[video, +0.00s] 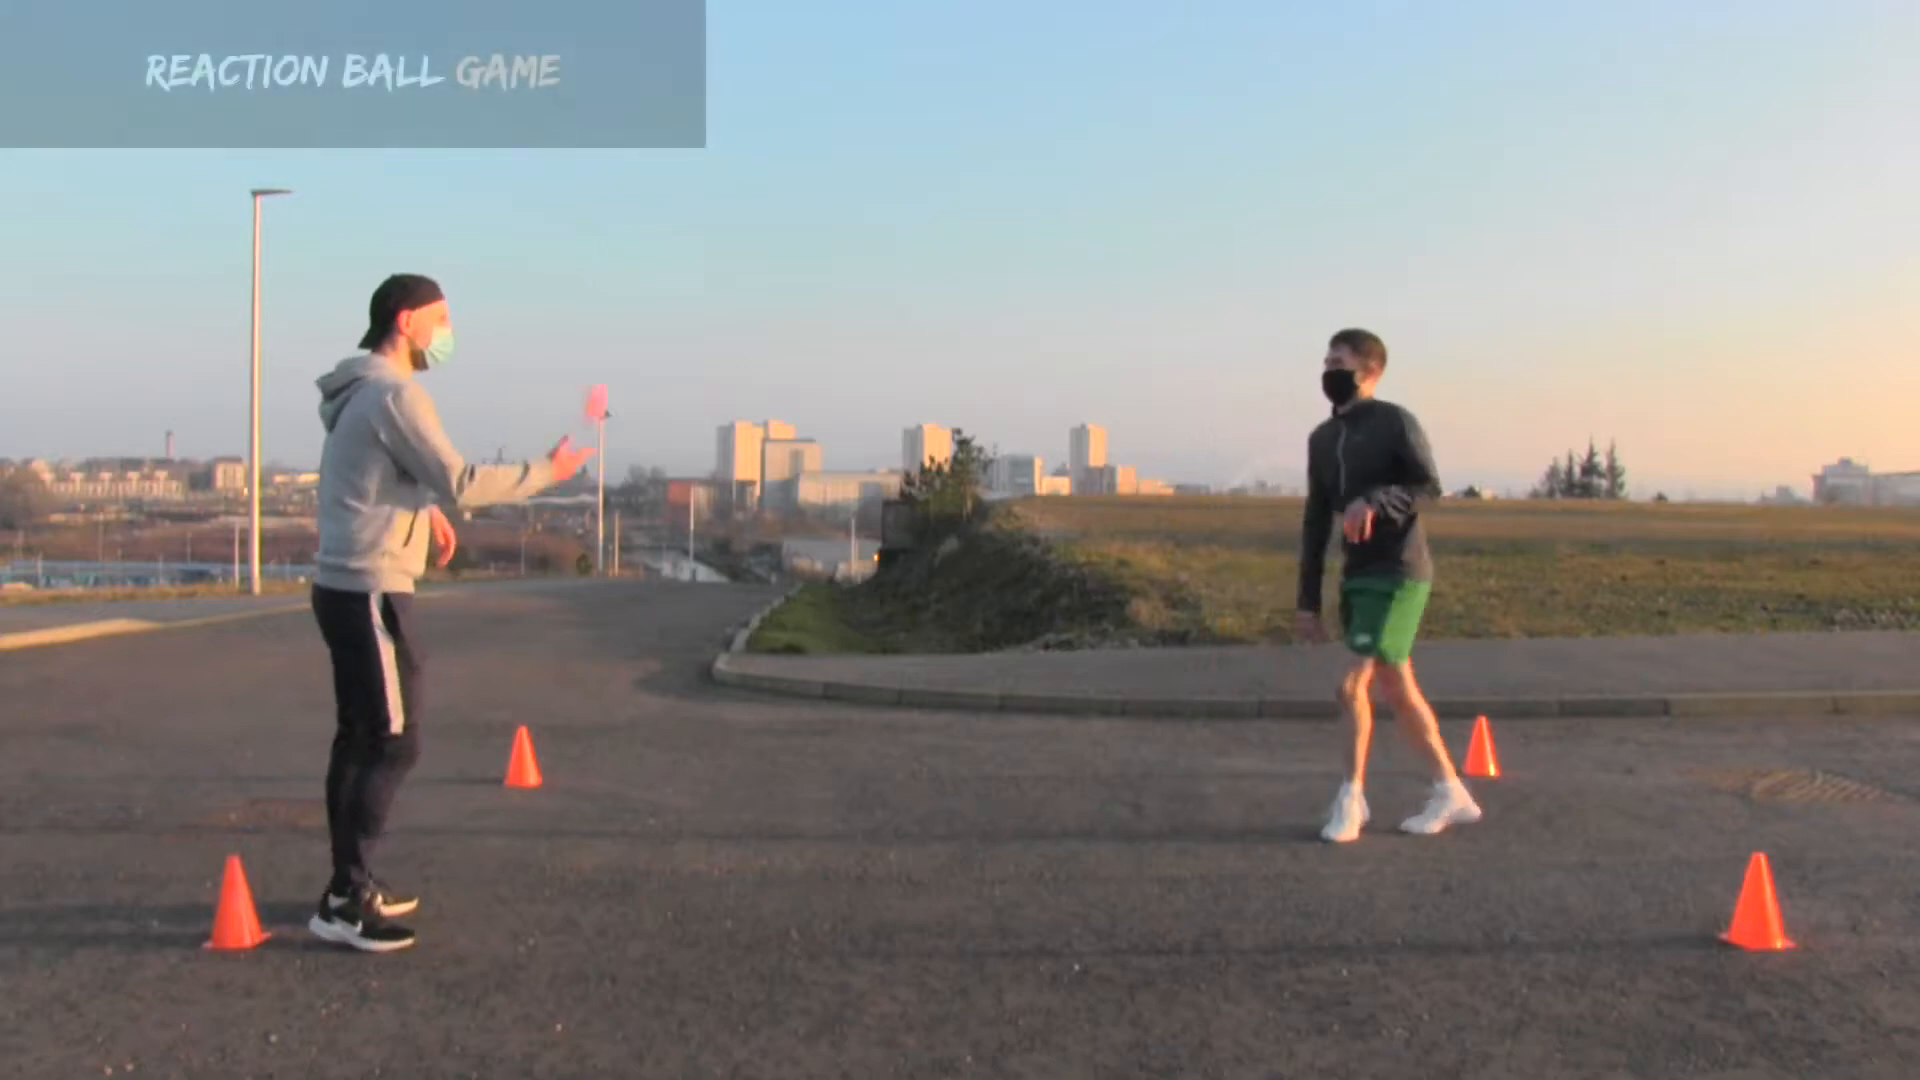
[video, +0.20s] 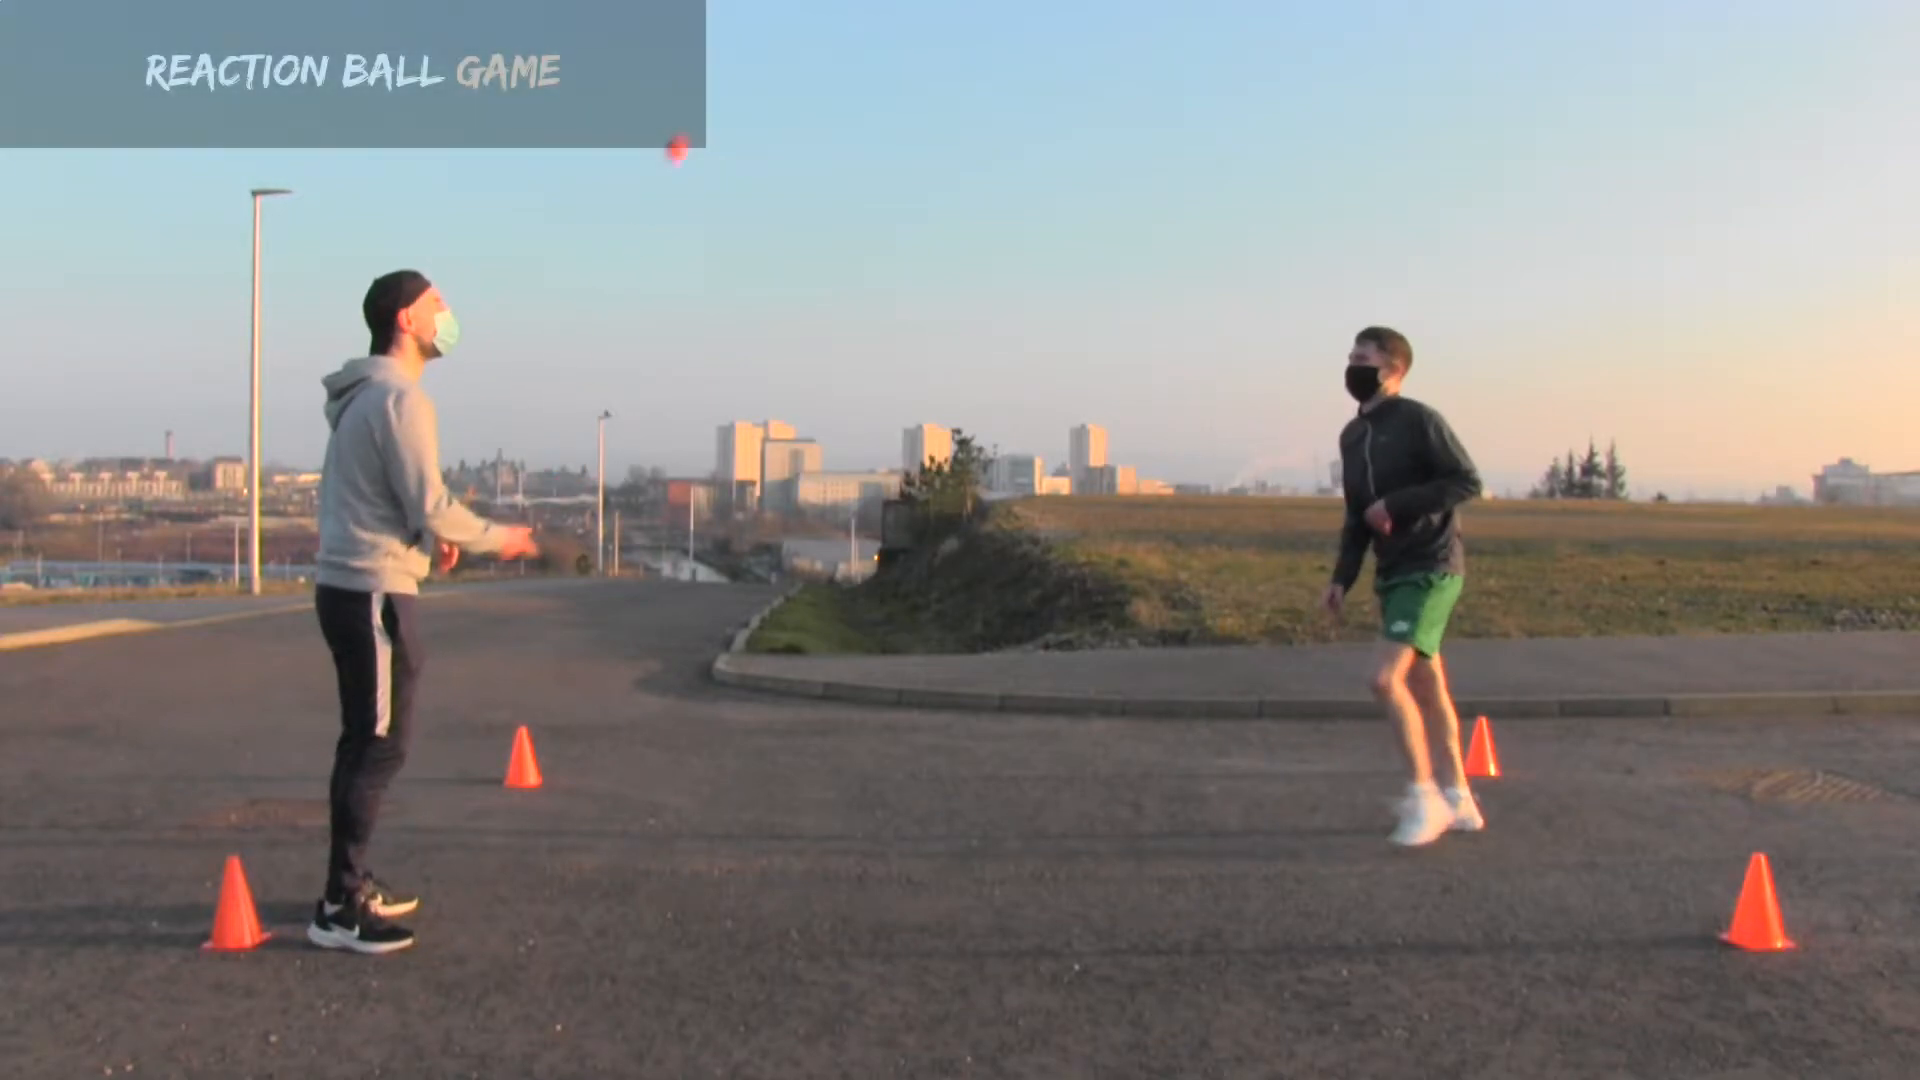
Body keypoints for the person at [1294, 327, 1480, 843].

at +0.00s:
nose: (1329, 371)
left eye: (1340, 364)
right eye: (1328, 363)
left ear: (1370, 371)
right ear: (1328, 368)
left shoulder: (1396, 422)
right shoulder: (1323, 439)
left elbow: (1427, 487)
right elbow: (1317, 520)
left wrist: (1375, 504)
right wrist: (1308, 600)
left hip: (1402, 571)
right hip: (1358, 574)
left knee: (1353, 686)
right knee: (1399, 688)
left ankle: (1351, 798)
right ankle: (1452, 790)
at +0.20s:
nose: (1352, 370)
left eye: (1364, 363)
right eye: (1350, 362)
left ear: (1395, 370)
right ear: (1351, 368)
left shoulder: (1420, 420)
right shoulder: (1353, 437)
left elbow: (1469, 483)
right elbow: (1356, 516)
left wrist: (1398, 505)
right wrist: (1341, 580)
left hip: (1434, 568)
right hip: (1394, 572)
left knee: (1389, 679)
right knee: (1429, 685)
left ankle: (1426, 798)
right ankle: (1459, 796)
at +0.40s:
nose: (1368, 360)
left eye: (1381, 354)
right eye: (1368, 352)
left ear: (1411, 368)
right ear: (1370, 362)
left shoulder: (1428, 420)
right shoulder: (1368, 429)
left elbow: (1479, 483)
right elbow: (1383, 508)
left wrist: (1409, 514)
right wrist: (1366, 574)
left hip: (1449, 578)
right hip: (1405, 583)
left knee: (1451, 698)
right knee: (1425, 697)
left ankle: (1527, 787)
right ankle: (1458, 799)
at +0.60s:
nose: (1352, 399)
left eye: (1365, 393)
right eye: (1353, 390)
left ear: (1396, 406)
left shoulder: (1420, 460)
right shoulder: (1369, 464)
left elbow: (1452, 535)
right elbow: (1398, 547)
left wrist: (1377, 563)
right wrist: (1366, 605)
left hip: (1462, 608)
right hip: (1406, 603)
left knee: (1481, 726)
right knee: (1349, 690)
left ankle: (1545, 810)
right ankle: (1407, 787)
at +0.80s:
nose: (1289, 398)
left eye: (1300, 390)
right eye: (1290, 389)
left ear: (1333, 398)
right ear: (1321, 399)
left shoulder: (1348, 451)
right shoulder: (1326, 458)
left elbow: (1374, 532)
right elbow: (1357, 549)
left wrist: (1297, 562)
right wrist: (1315, 601)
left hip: (1406, 613)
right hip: (1359, 611)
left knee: (1413, 742)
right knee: (1305, 705)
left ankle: (1517, 785)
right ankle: (1322, 835)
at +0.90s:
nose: (1263, 399)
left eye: (1270, 389)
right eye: (1263, 389)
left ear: (1305, 390)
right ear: (1303, 392)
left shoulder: (1327, 443)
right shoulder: (1308, 452)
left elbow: (1357, 522)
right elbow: (1332, 540)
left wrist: (1281, 556)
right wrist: (1291, 588)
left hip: (1377, 611)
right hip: (1335, 607)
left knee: (1348, 740)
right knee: (1288, 710)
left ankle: (1465, 783)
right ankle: (1320, 835)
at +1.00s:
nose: (1229, 393)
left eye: (1235, 380)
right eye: (1226, 383)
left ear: (1266, 372)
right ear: (1264, 376)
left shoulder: (1298, 420)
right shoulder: (1281, 427)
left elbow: (1338, 487)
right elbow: (1309, 502)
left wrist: (1270, 538)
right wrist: (1266, 548)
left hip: (1339, 590)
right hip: (1311, 587)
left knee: (1280, 713)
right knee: (1266, 704)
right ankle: (1311, 823)